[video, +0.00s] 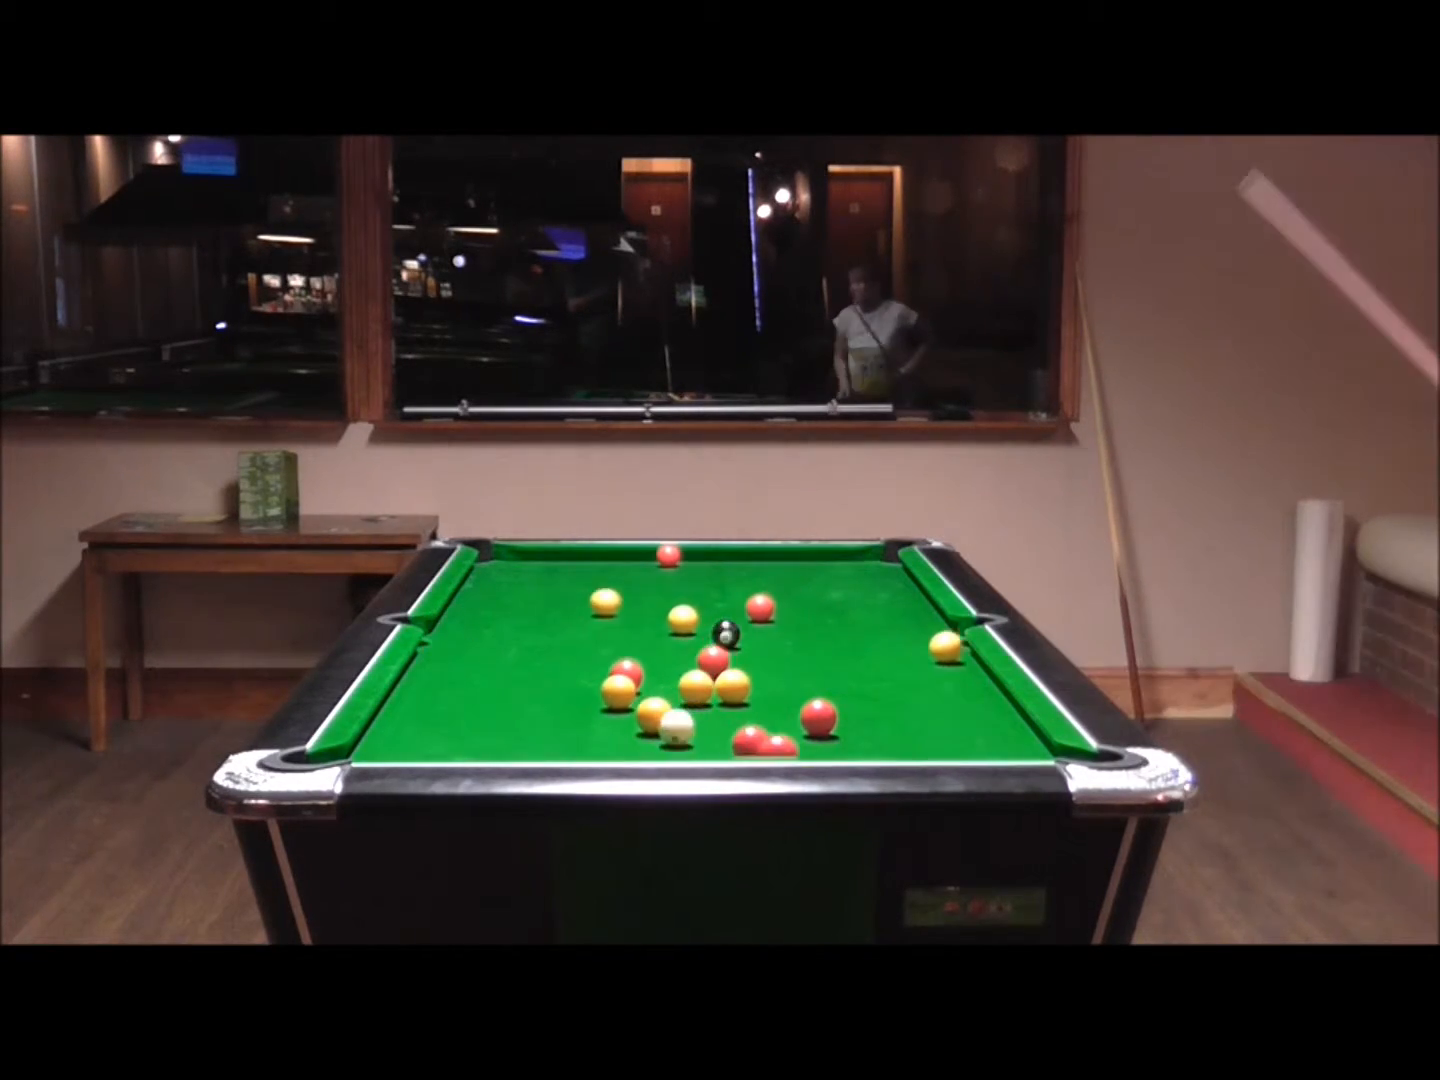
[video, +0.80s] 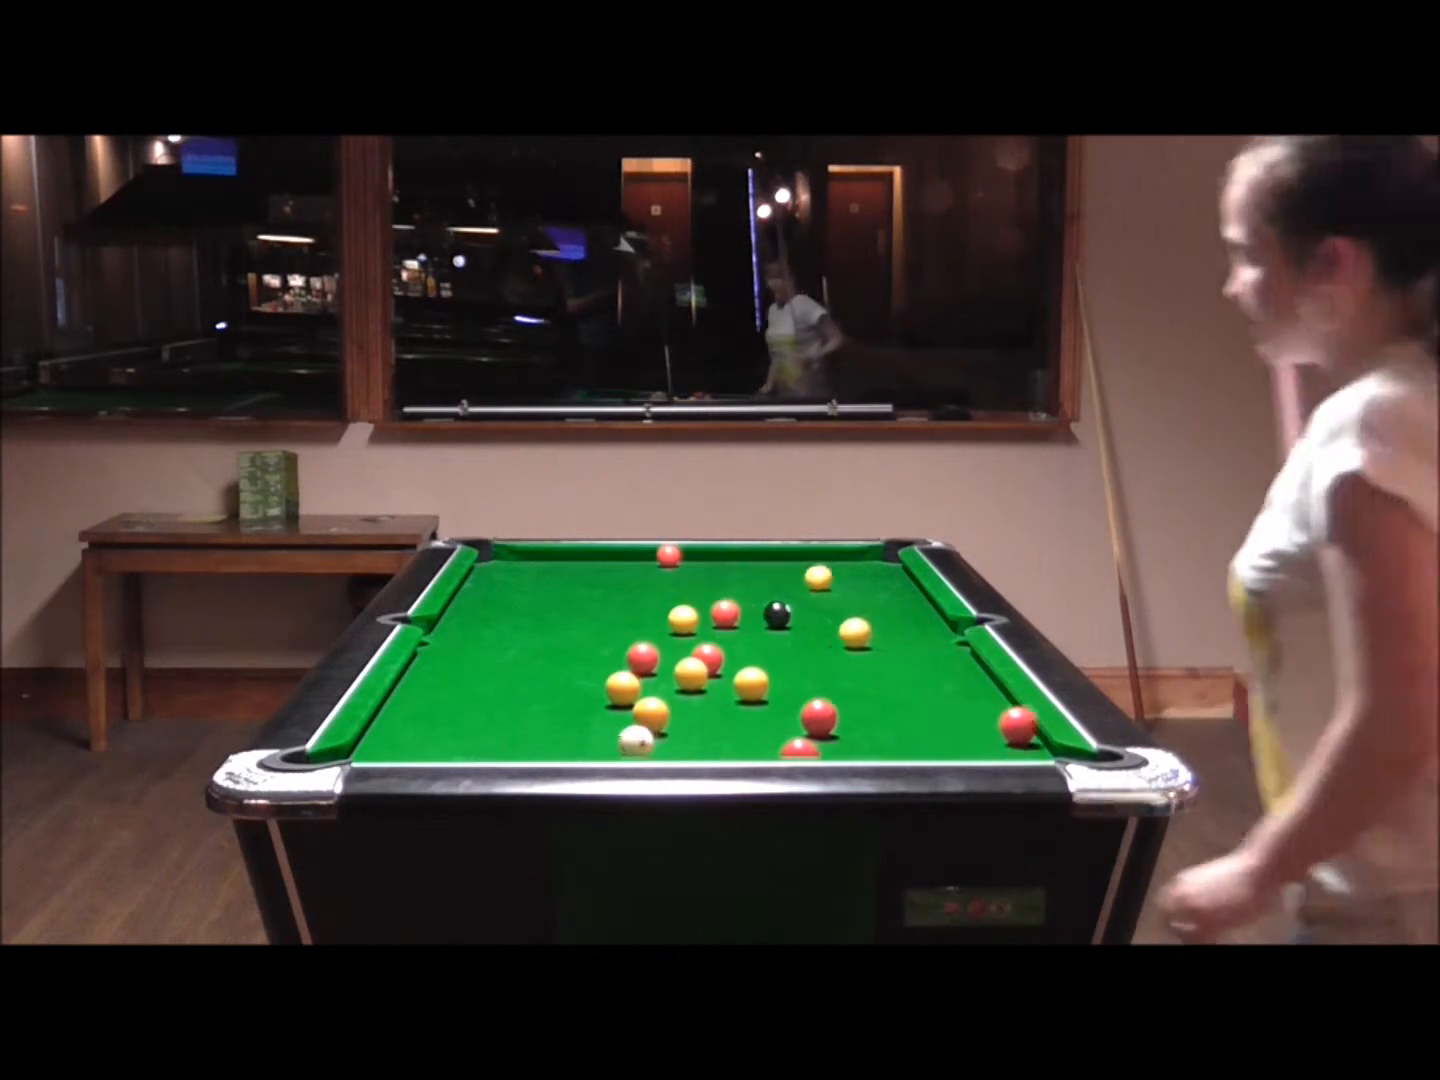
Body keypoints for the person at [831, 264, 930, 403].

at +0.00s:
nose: (860, 288)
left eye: (864, 282)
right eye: (856, 283)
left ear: (875, 285)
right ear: (850, 287)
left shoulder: (897, 312)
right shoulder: (846, 316)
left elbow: (927, 338)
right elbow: (839, 356)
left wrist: (907, 368)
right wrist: (844, 384)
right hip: (856, 395)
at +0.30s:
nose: (846, 289)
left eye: (852, 284)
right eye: (846, 284)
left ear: (868, 285)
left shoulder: (889, 312)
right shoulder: (846, 313)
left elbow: (918, 345)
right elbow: (845, 355)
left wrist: (893, 370)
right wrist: (842, 388)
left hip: (882, 391)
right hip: (853, 390)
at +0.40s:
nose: (837, 293)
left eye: (841, 288)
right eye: (835, 289)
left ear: (854, 287)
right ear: (834, 290)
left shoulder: (875, 310)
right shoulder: (834, 314)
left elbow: (906, 343)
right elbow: (835, 356)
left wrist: (883, 367)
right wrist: (833, 390)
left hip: (873, 391)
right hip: (843, 391)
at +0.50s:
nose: (826, 291)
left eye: (831, 285)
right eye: (824, 286)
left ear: (843, 286)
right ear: (821, 288)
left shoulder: (861, 310)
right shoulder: (823, 314)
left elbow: (895, 342)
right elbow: (825, 357)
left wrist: (870, 365)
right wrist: (823, 390)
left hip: (861, 392)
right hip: (832, 391)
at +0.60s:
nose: (804, 288)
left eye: (809, 282)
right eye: (802, 283)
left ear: (822, 284)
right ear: (801, 286)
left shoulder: (838, 309)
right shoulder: (803, 313)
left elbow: (871, 343)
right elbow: (806, 357)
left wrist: (847, 362)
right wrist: (804, 391)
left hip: (841, 389)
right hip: (814, 389)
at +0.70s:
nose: (793, 291)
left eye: (797, 286)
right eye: (791, 287)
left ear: (810, 284)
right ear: (788, 287)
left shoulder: (824, 307)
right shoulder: (791, 312)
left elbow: (856, 341)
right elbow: (795, 356)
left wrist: (832, 358)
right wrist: (790, 389)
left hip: (825, 387)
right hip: (800, 388)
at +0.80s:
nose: (776, 294)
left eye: (779, 288)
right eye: (773, 289)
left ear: (790, 283)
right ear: (770, 288)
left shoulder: (802, 304)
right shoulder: (773, 311)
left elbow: (836, 338)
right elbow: (777, 354)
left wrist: (813, 355)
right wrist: (769, 384)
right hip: (783, 385)